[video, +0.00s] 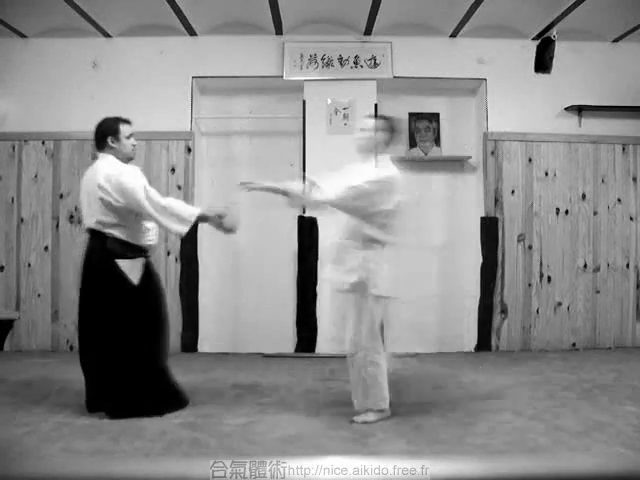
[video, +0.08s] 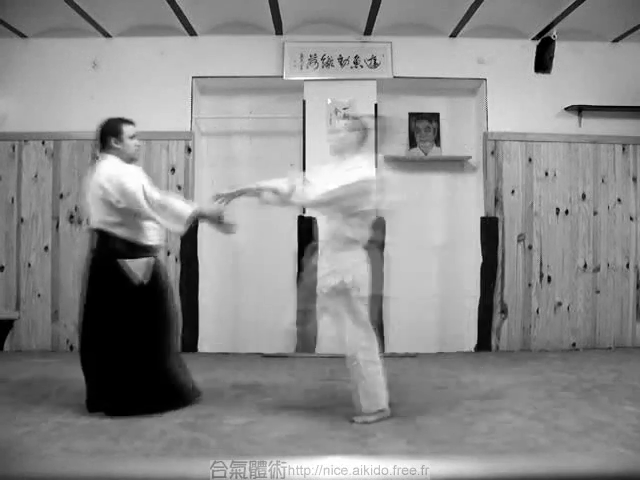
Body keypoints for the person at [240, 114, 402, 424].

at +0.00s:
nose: (365, 136)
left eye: (373, 131)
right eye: (364, 130)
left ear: (387, 138)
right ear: (363, 135)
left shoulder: (386, 176)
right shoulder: (361, 171)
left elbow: (341, 197)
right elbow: (320, 191)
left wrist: (303, 197)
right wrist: (270, 187)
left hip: (371, 266)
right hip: (353, 264)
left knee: (366, 338)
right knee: (356, 337)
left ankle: (377, 406)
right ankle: (366, 404)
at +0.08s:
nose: (334, 136)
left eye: (342, 130)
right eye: (333, 130)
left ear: (359, 135)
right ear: (334, 134)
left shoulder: (363, 173)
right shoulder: (333, 169)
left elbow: (324, 196)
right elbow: (293, 186)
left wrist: (285, 196)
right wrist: (240, 191)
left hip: (350, 259)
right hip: (331, 258)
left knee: (358, 332)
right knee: (346, 332)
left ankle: (376, 406)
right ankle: (368, 403)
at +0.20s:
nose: (306, 139)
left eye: (313, 133)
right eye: (306, 134)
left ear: (329, 138)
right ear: (310, 139)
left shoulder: (336, 174)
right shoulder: (305, 175)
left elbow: (298, 206)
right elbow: (272, 194)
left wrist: (280, 211)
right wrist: (234, 202)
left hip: (333, 270)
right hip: (302, 270)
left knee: (349, 339)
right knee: (265, 329)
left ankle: (375, 405)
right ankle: (244, 392)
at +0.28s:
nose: (271, 144)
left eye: (279, 139)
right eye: (274, 139)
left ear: (295, 146)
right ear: (287, 148)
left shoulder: (306, 185)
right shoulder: (278, 183)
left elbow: (278, 229)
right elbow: (240, 212)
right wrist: (210, 184)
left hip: (295, 271)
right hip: (273, 270)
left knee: (332, 337)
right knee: (235, 333)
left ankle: (373, 401)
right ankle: (226, 401)